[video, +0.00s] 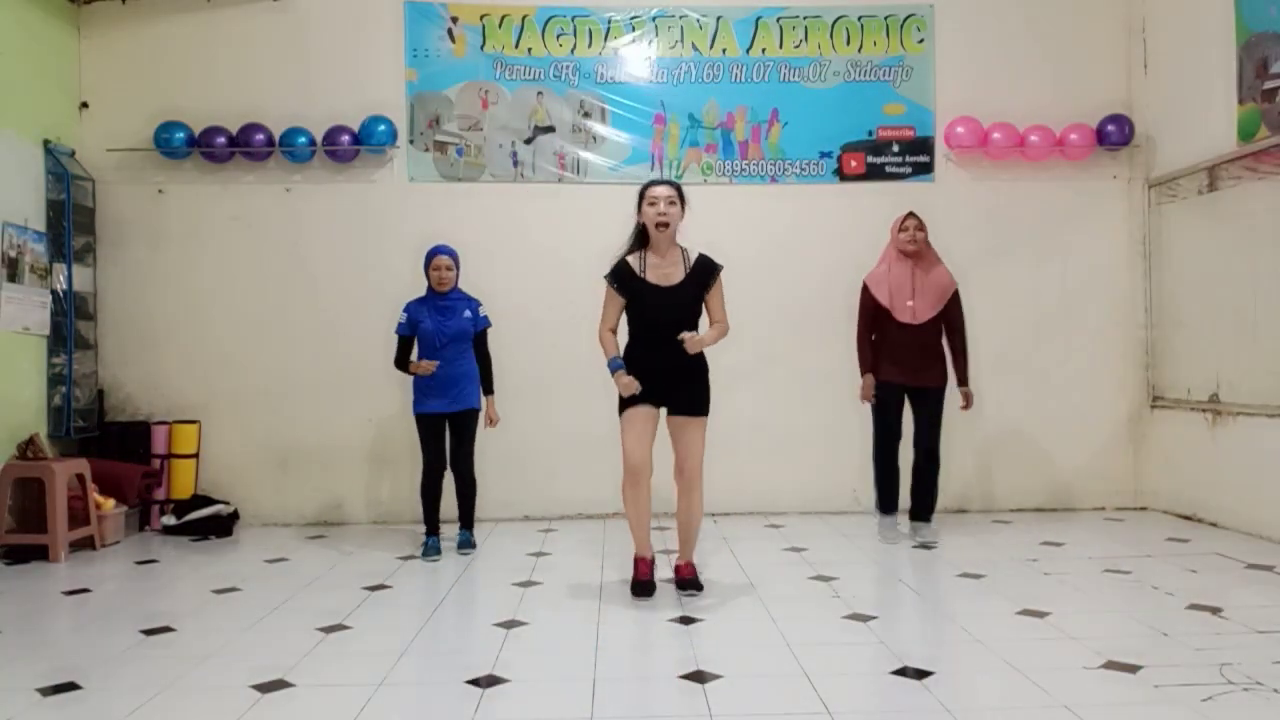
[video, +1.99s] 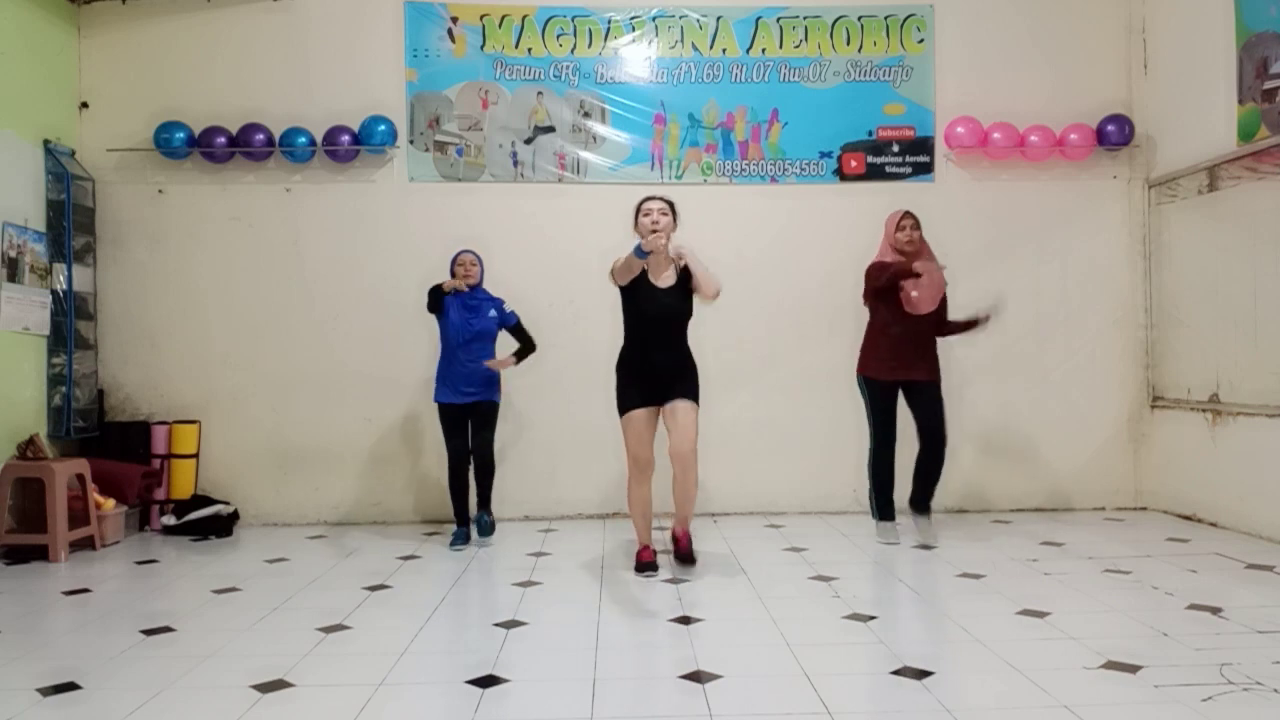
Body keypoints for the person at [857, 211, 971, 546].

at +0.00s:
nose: (912, 234)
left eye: (918, 229)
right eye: (905, 229)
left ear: (926, 236)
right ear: (894, 238)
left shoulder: (941, 279)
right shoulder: (878, 278)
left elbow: (956, 332)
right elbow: (864, 329)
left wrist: (963, 382)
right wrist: (866, 373)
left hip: (929, 375)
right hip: (887, 375)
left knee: (927, 448)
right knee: (886, 445)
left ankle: (921, 520)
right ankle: (887, 516)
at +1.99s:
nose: (910, 233)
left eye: (914, 228)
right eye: (902, 229)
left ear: (922, 234)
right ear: (890, 238)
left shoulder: (933, 276)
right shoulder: (878, 271)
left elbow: (938, 327)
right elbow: (878, 280)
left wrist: (972, 323)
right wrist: (904, 272)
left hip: (921, 368)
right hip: (879, 368)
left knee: (934, 441)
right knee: (883, 442)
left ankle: (920, 509)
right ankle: (884, 518)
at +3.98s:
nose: (893, 216)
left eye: (897, 212)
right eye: (885, 213)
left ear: (905, 220)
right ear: (874, 224)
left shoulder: (920, 258)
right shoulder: (863, 262)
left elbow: (938, 298)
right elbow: (865, 310)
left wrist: (944, 335)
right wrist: (895, 342)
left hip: (912, 355)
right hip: (870, 355)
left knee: (920, 429)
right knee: (868, 431)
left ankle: (907, 505)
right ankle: (865, 510)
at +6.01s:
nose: (885, 233)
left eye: (890, 228)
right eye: (878, 228)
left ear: (897, 232)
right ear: (866, 232)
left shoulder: (907, 258)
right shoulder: (851, 258)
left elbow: (933, 217)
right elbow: (830, 214)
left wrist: (896, 206)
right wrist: (853, 195)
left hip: (903, 359)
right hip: (861, 359)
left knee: (903, 437)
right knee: (861, 436)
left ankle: (900, 512)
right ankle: (855, 511)